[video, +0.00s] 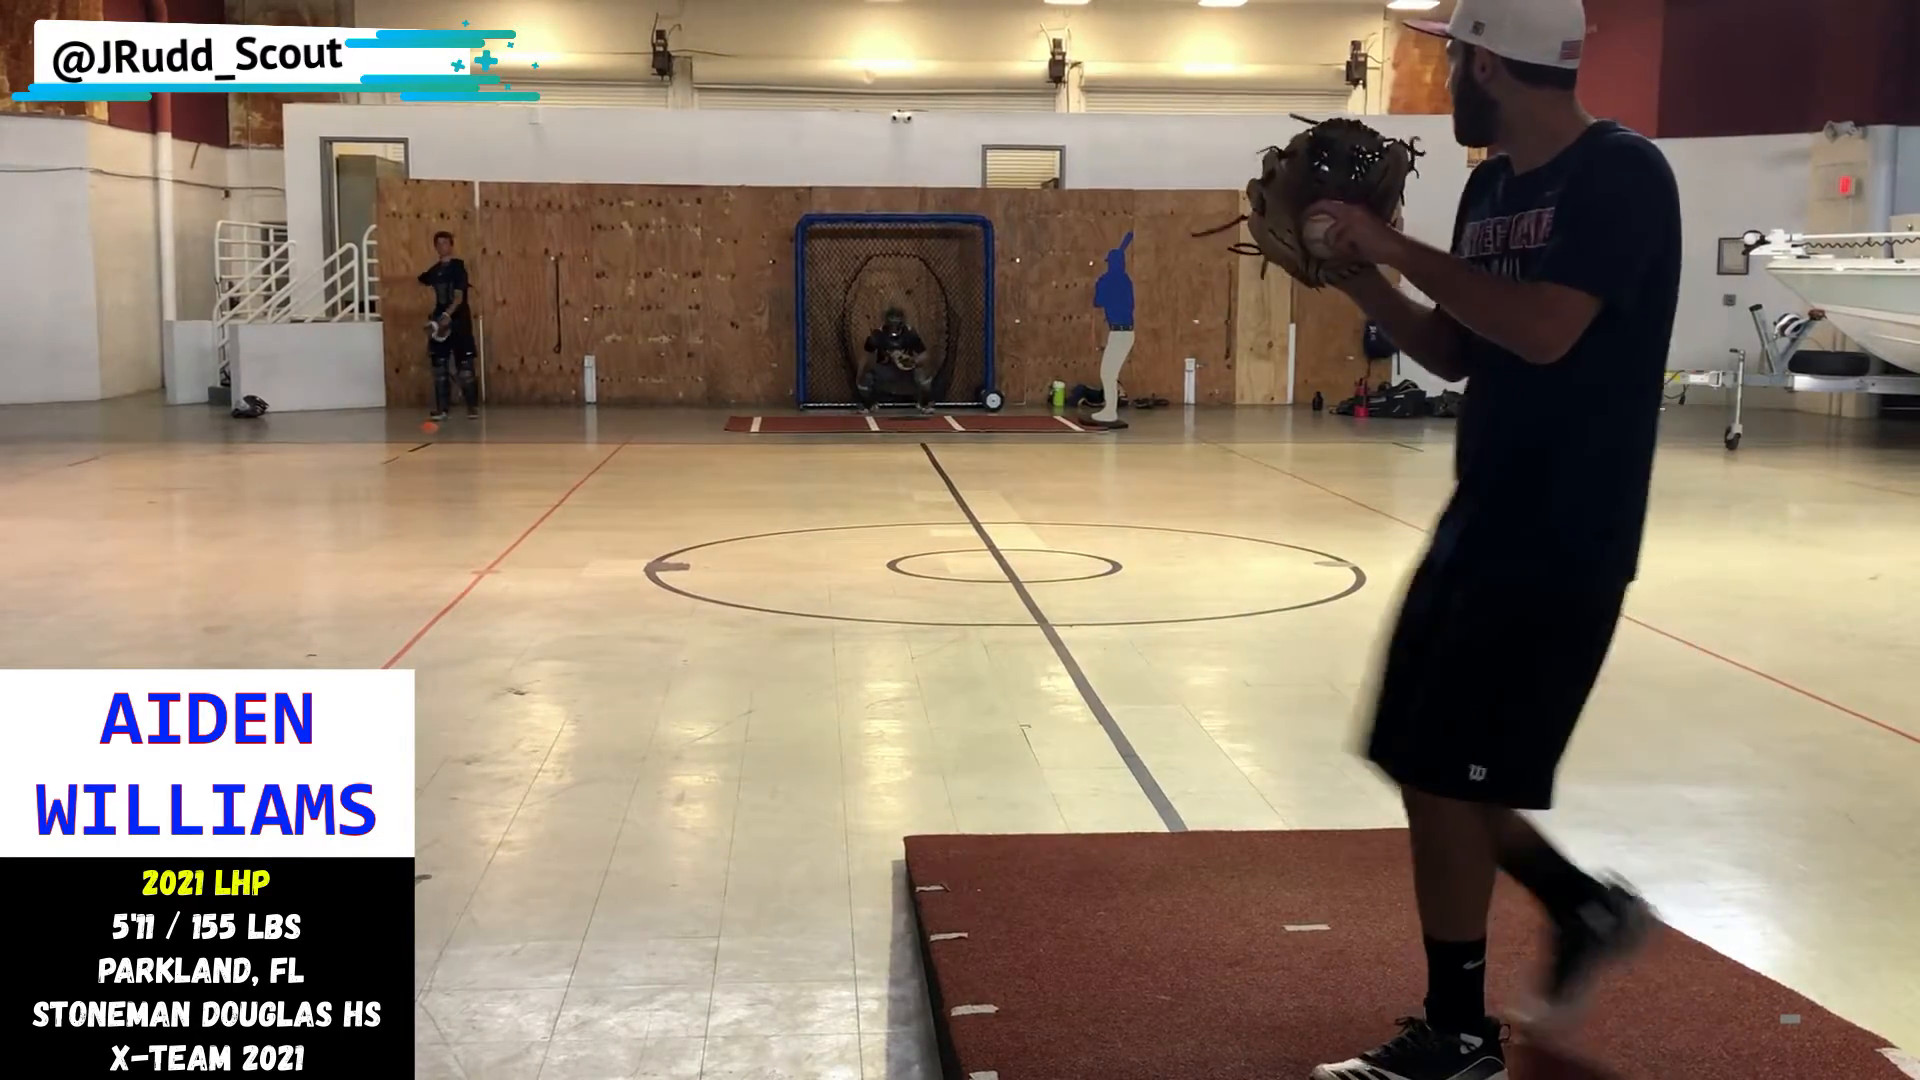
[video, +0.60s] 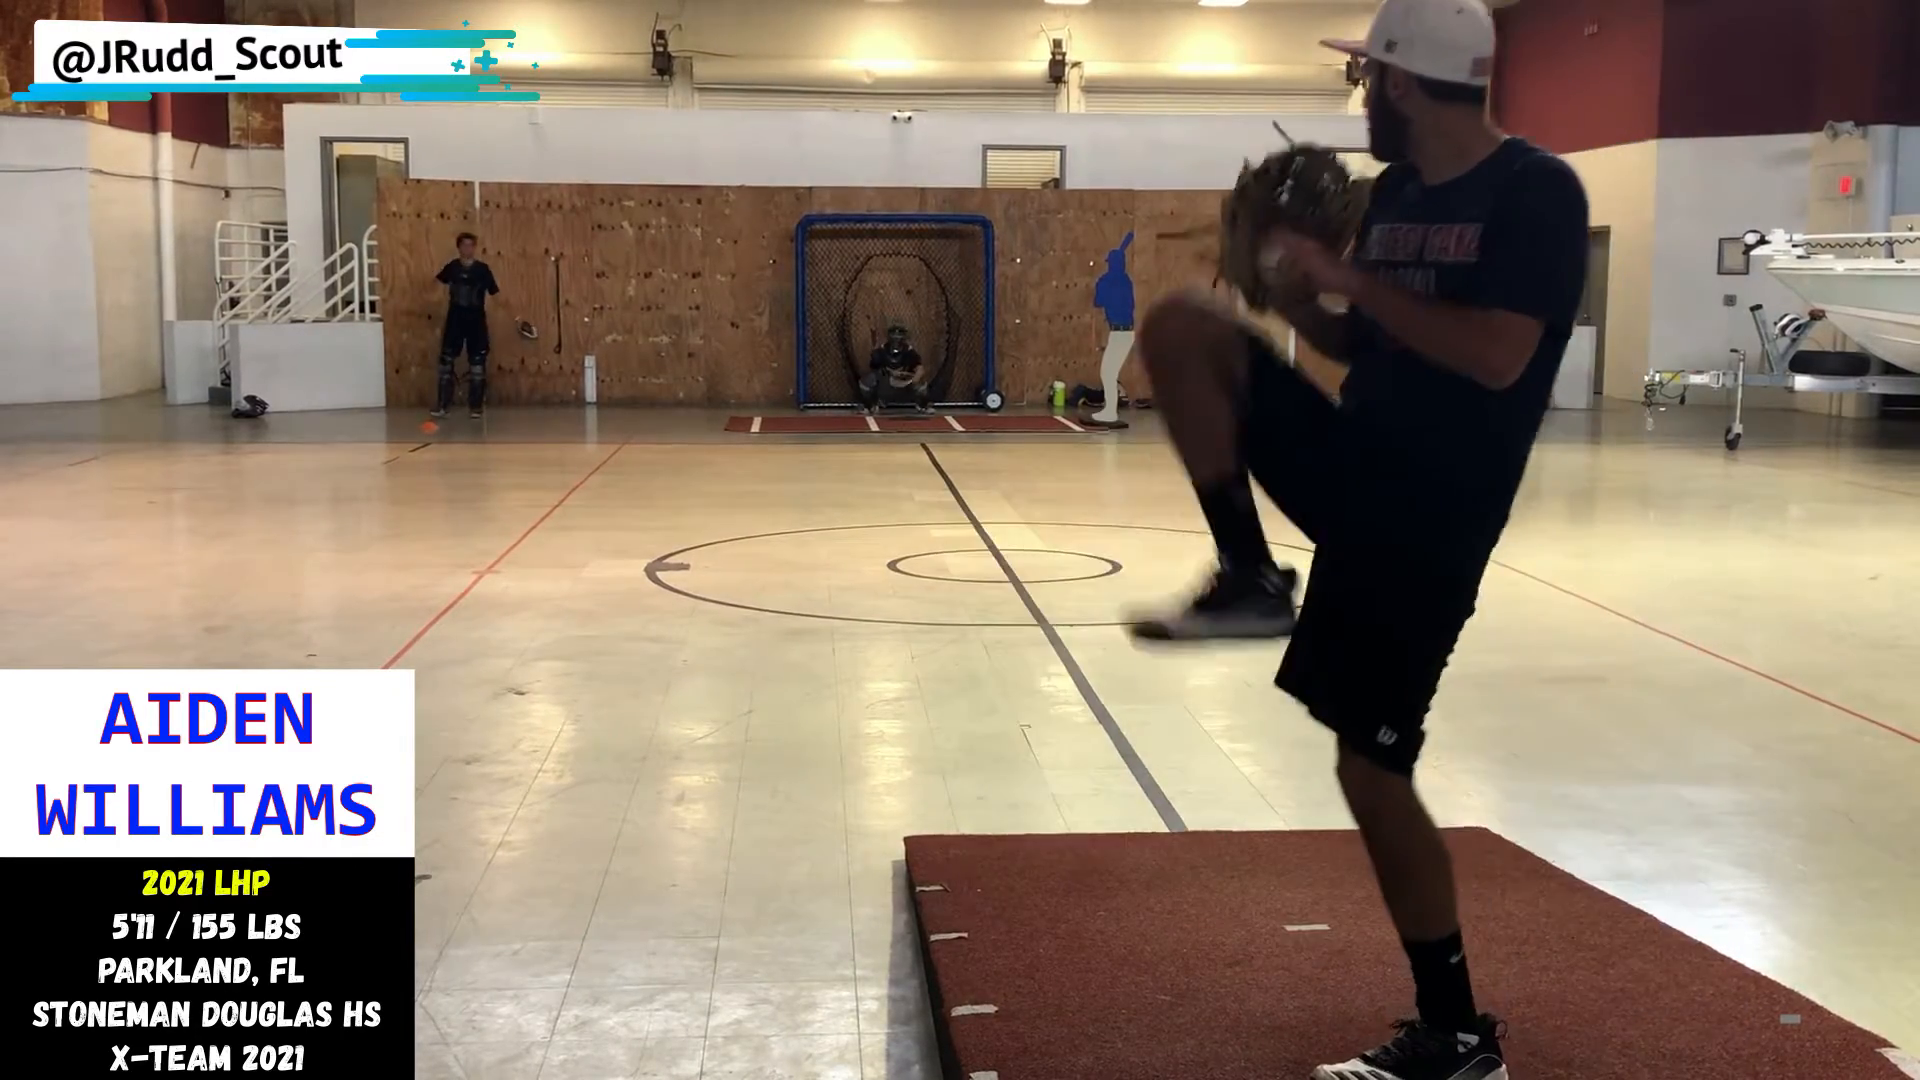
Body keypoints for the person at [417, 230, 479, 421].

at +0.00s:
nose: (442, 247)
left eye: (445, 243)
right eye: (439, 244)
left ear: (451, 245)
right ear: (435, 248)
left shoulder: (458, 266)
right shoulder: (435, 270)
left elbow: (459, 297)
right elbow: (422, 280)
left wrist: (446, 316)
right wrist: (439, 265)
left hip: (459, 319)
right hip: (440, 318)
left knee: (464, 363)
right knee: (439, 363)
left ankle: (472, 406)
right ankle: (442, 407)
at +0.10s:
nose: (447, 247)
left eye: (450, 244)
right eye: (443, 245)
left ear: (456, 246)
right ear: (440, 248)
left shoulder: (463, 267)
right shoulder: (438, 269)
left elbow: (466, 297)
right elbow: (417, 272)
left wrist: (457, 315)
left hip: (463, 318)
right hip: (443, 317)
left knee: (468, 362)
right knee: (441, 362)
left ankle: (474, 406)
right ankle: (442, 407)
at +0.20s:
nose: (452, 249)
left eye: (455, 245)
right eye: (449, 246)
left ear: (461, 248)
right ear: (444, 249)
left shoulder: (467, 269)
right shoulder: (442, 268)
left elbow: (474, 294)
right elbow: (427, 261)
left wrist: (477, 317)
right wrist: (410, 246)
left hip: (466, 320)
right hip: (447, 320)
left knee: (471, 363)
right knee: (443, 360)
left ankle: (475, 406)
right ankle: (442, 406)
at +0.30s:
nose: (456, 250)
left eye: (459, 247)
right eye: (453, 247)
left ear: (464, 249)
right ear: (449, 250)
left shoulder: (471, 270)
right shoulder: (445, 268)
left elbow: (480, 299)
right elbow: (434, 258)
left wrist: (483, 324)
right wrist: (425, 240)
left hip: (469, 321)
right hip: (449, 320)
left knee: (473, 363)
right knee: (444, 360)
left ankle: (475, 406)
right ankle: (442, 406)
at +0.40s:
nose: (461, 250)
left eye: (464, 246)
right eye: (457, 246)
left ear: (468, 249)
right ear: (452, 249)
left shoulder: (475, 270)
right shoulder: (447, 267)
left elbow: (489, 292)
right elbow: (435, 254)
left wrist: (512, 317)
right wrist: (427, 233)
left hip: (471, 320)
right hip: (451, 319)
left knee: (474, 362)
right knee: (444, 359)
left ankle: (475, 406)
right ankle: (443, 404)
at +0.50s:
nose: (465, 249)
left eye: (468, 246)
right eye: (462, 246)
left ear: (472, 248)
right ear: (456, 248)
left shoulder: (478, 269)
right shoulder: (449, 267)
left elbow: (493, 291)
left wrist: (515, 313)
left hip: (474, 319)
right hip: (454, 318)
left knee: (476, 361)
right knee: (445, 358)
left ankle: (476, 406)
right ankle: (443, 404)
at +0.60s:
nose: (468, 249)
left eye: (471, 245)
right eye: (464, 246)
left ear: (475, 248)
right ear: (458, 248)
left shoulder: (482, 269)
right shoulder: (452, 267)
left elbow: (495, 294)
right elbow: (436, 284)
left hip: (476, 320)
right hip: (455, 319)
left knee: (477, 362)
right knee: (446, 359)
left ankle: (476, 406)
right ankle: (443, 403)